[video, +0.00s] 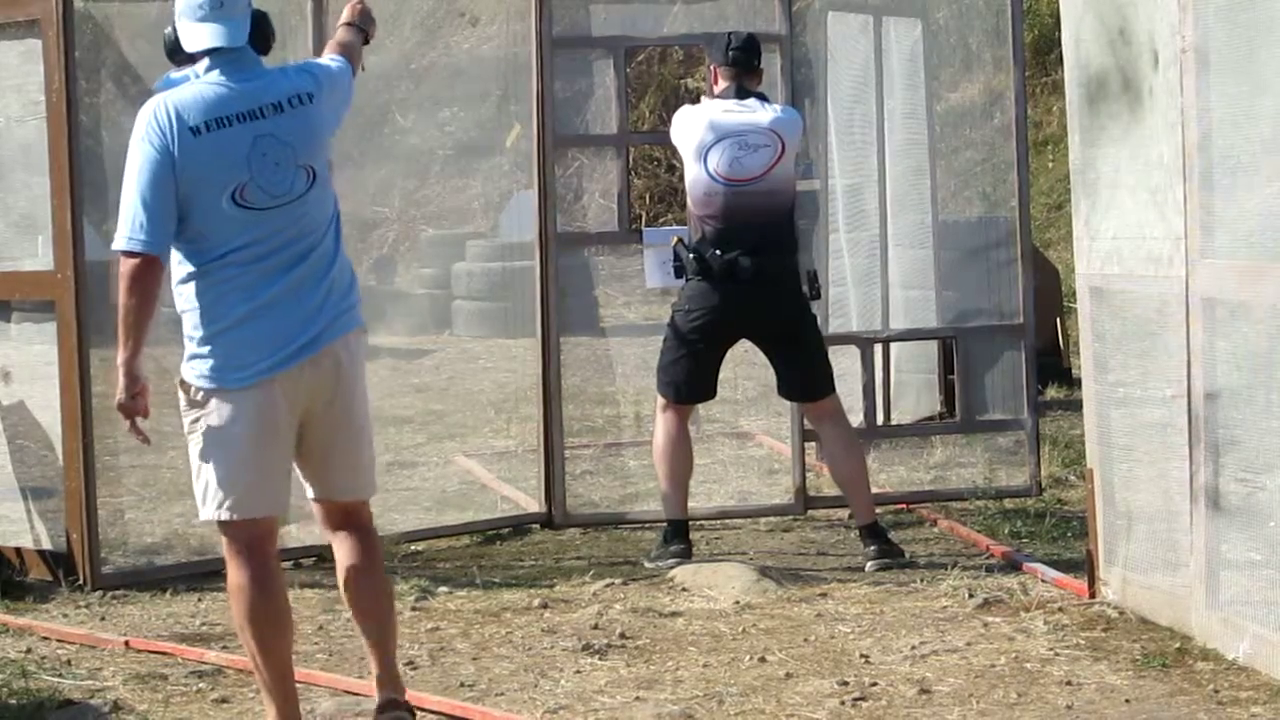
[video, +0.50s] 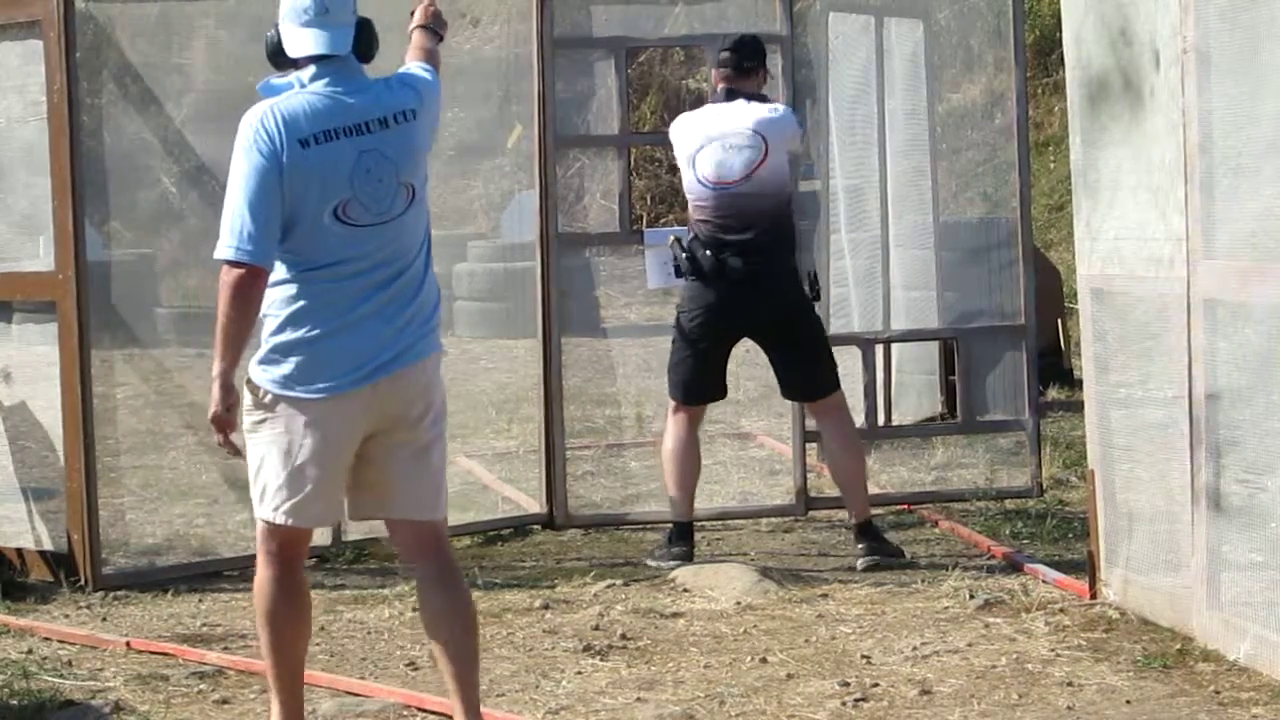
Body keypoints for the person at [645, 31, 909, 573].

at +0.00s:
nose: (711, 81)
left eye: (709, 74)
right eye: (726, 74)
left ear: (715, 77)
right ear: (760, 76)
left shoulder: (688, 120)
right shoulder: (790, 121)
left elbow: (701, 131)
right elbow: (759, 126)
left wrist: (717, 97)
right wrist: (734, 95)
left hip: (710, 295)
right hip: (780, 294)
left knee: (672, 408)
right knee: (827, 413)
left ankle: (675, 538)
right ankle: (873, 536)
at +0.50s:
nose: (761, 85)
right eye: (762, 77)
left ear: (713, 79)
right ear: (761, 78)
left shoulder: (682, 128)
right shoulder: (781, 119)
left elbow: (709, 168)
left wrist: (727, 101)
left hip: (708, 296)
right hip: (777, 292)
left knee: (683, 414)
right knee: (830, 412)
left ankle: (679, 539)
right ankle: (867, 534)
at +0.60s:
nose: (771, 84)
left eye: (768, 78)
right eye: (769, 77)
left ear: (716, 78)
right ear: (762, 79)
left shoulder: (685, 128)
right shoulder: (774, 118)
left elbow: (734, 151)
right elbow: (815, 133)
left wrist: (800, 126)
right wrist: (819, 117)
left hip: (705, 295)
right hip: (773, 293)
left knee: (695, 416)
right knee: (833, 410)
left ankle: (681, 538)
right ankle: (865, 536)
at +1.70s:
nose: (791, 93)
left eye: (788, 86)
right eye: (791, 86)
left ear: (738, 85)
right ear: (783, 84)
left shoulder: (705, 134)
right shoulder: (786, 130)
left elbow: (762, 181)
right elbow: (847, 185)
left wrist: (827, 147)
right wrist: (854, 146)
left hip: (711, 298)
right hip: (777, 296)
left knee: (703, 420)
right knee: (837, 413)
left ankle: (679, 540)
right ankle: (883, 533)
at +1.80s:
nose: (732, 115)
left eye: (733, 109)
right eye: (740, 109)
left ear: (741, 109)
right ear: (785, 108)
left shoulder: (710, 163)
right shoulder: (806, 151)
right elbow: (866, 222)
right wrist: (850, 180)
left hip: (724, 309)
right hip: (793, 308)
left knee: (690, 413)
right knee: (846, 420)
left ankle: (681, 535)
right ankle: (895, 538)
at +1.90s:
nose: (707, 140)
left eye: (709, 131)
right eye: (707, 132)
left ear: (726, 128)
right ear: (759, 129)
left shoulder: (703, 178)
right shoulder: (804, 173)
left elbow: (668, 265)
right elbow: (863, 246)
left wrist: (682, 297)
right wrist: (829, 212)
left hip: (727, 327)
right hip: (798, 327)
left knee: (663, 406)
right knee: (847, 427)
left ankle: (677, 532)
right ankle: (894, 537)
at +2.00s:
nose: (655, 147)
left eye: (658, 135)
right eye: (654, 137)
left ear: (680, 127)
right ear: (703, 129)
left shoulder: (673, 172)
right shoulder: (761, 173)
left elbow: (647, 217)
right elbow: (823, 241)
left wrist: (618, 280)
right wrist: (776, 233)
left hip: (711, 329)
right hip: (778, 329)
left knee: (620, 400)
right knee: (831, 430)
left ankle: (646, 529)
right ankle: (894, 536)